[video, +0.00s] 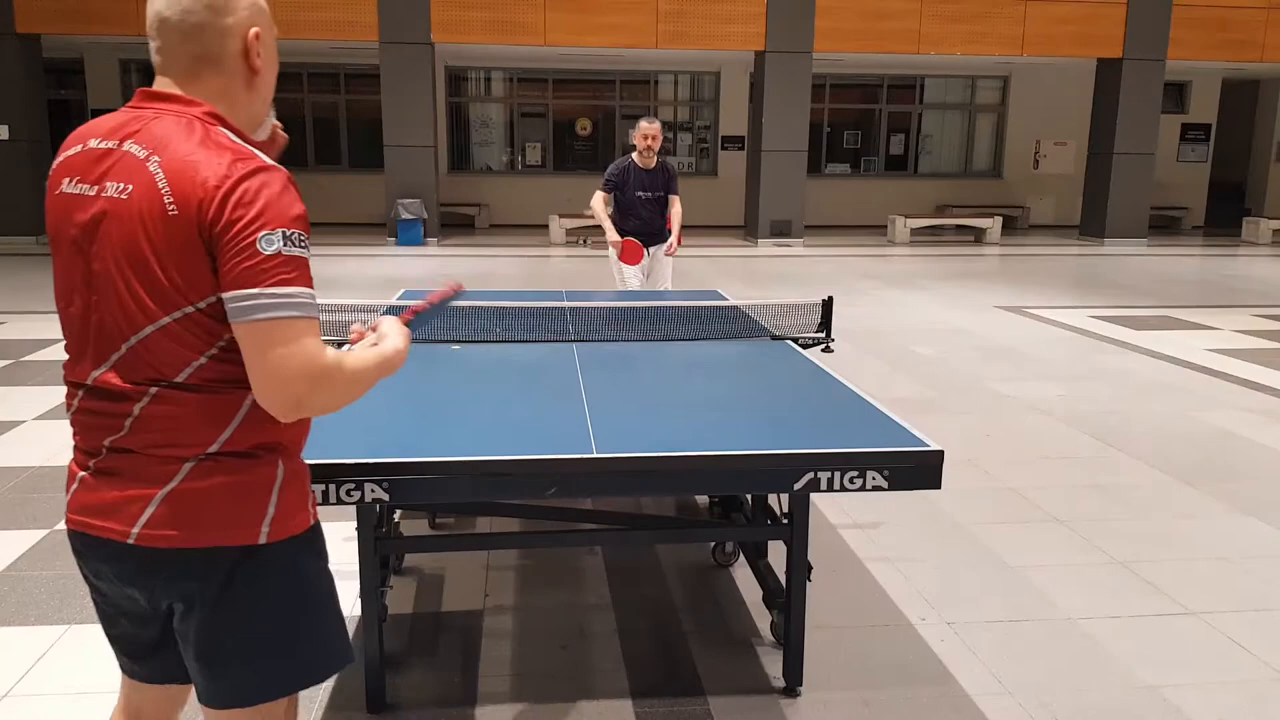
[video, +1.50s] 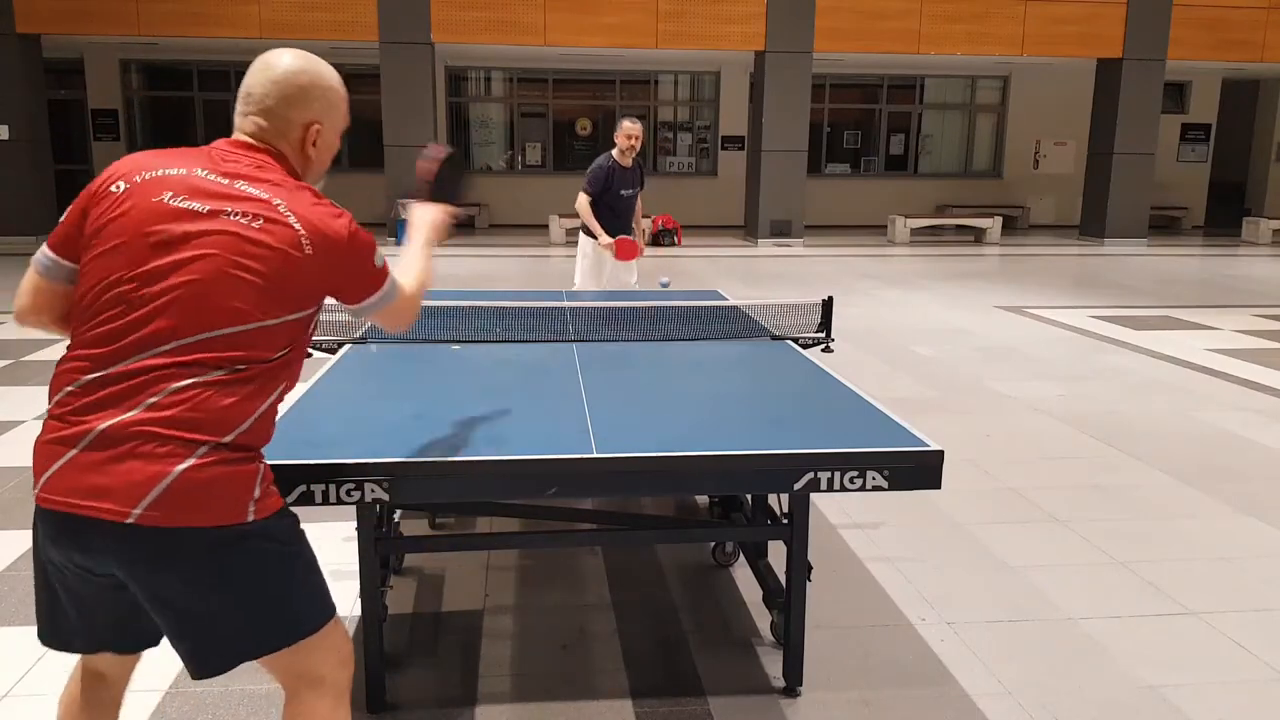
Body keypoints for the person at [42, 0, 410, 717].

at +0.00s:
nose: (275, 70)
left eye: (276, 50)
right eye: (274, 50)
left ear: (161, 53)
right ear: (252, 50)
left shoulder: (77, 152)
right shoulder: (245, 177)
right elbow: (289, 386)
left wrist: (242, 159)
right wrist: (381, 353)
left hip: (105, 512)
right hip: (230, 524)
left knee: (149, 690)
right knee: (255, 709)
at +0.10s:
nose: (259, 80)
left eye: (260, 60)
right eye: (260, 60)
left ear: (148, 60)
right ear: (240, 52)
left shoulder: (65, 150)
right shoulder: (230, 177)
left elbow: (120, 317)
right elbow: (279, 379)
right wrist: (370, 347)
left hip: (89, 507)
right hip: (212, 519)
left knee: (143, 688)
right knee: (267, 704)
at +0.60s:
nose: (350, 114)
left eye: (352, 98)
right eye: (351, 96)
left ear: (247, 85)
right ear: (331, 97)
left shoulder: (147, 160)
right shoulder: (301, 210)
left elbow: (159, 320)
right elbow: (320, 405)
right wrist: (392, 383)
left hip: (96, 493)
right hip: (214, 509)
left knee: (172, 660)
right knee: (321, 682)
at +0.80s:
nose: (395, 157)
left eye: (400, 140)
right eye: (399, 139)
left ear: (301, 110)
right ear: (376, 136)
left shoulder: (201, 165)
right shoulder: (317, 235)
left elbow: (188, 317)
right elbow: (316, 422)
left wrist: (311, 330)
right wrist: (446, 446)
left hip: (95, 474)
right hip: (198, 500)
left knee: (151, 657)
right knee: (319, 677)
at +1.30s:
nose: (378, 179)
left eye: (383, 162)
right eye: (376, 159)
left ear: (295, 140)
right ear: (323, 150)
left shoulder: (167, 176)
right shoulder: (311, 255)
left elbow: (91, 286)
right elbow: (417, 395)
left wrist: (228, 331)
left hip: (63, 482)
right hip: (178, 502)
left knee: (135, 651)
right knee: (305, 669)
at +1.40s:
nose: (360, 162)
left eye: (364, 147)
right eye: (360, 146)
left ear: (259, 125)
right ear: (321, 146)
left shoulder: (149, 172)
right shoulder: (327, 244)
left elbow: (58, 287)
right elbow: (430, 345)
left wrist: (166, 314)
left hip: (65, 484)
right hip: (188, 501)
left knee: (121, 649)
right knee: (318, 670)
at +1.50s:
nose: (335, 151)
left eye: (340, 136)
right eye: (337, 135)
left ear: (243, 115)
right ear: (312, 136)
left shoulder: (127, 174)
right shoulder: (318, 225)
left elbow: (36, 304)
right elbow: (400, 311)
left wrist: (136, 321)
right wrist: (422, 231)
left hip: (70, 495)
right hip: (201, 503)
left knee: (99, 665)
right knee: (321, 673)